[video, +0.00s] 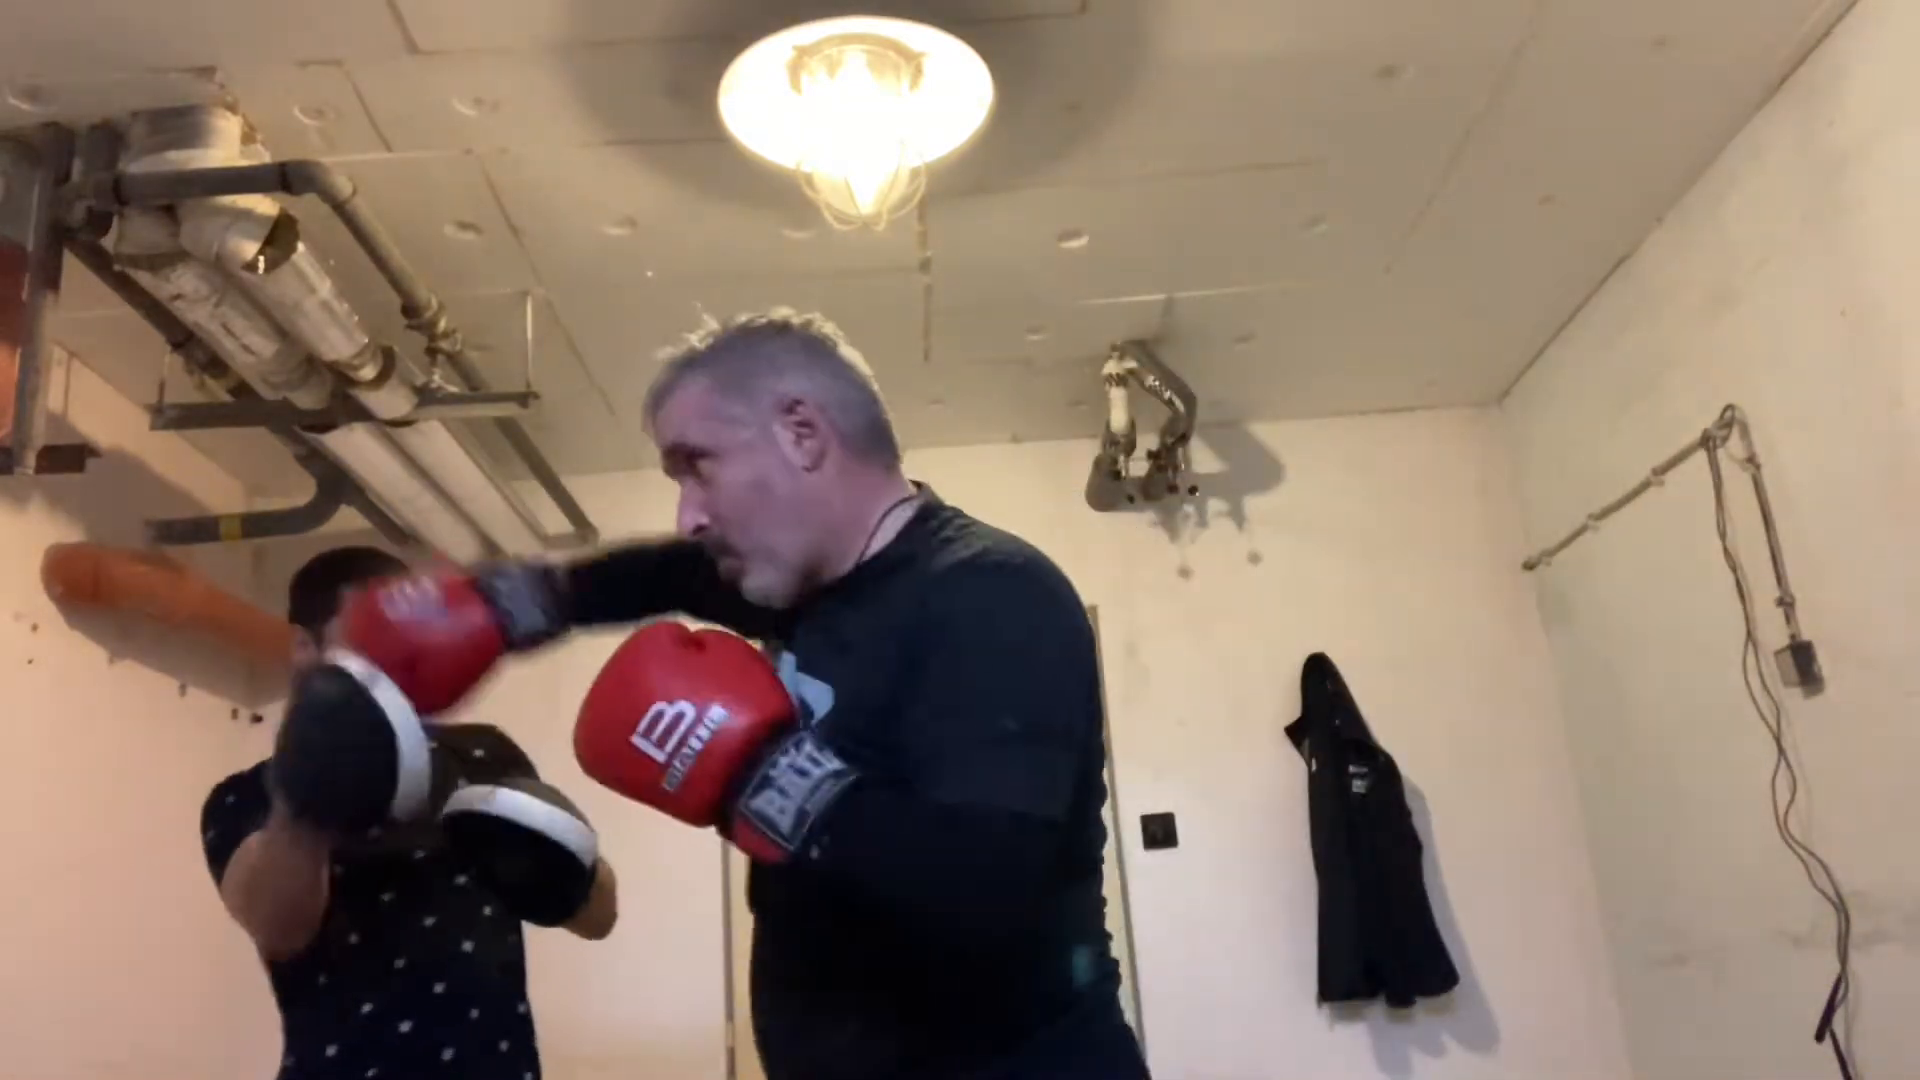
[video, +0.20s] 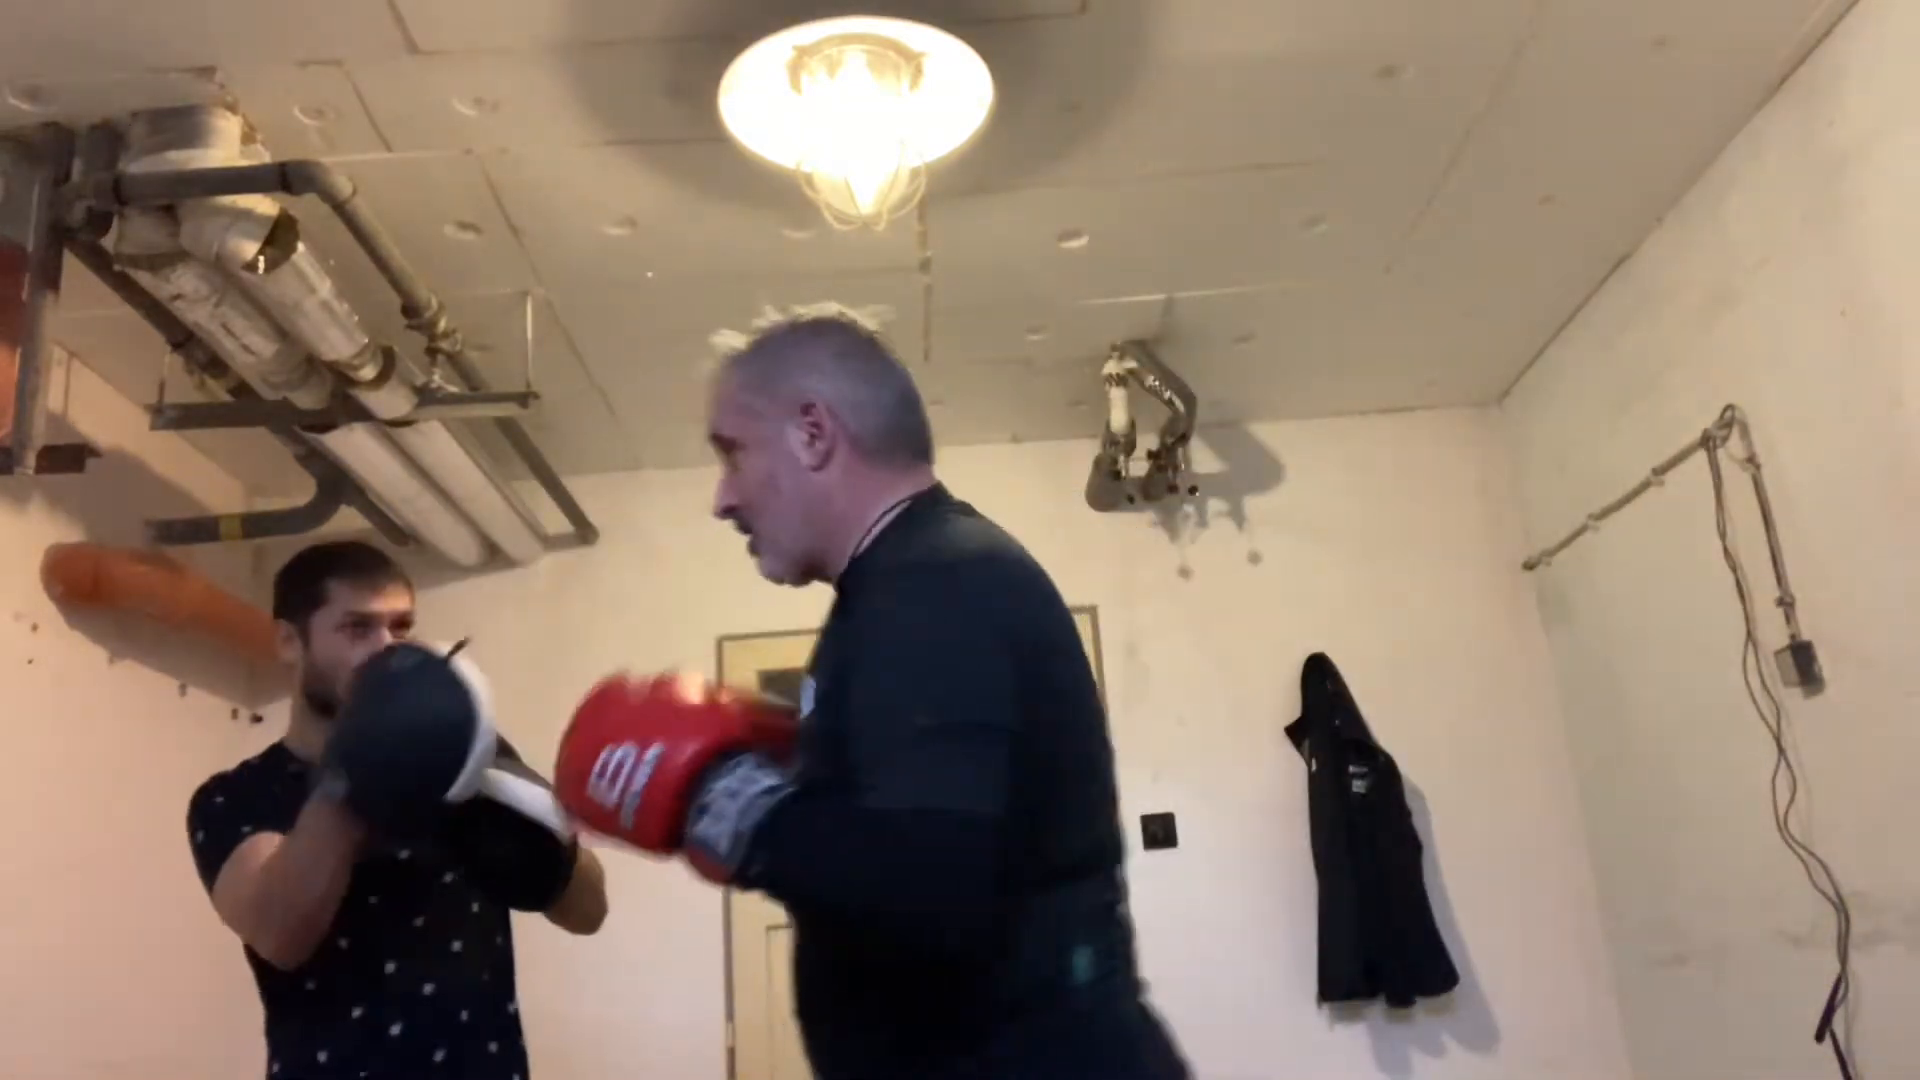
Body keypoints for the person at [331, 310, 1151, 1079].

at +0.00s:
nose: (688, 512)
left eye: (698, 467)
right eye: (678, 477)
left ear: (802, 437)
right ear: (798, 445)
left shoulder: (996, 603)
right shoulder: (815, 587)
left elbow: (994, 898)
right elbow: (677, 574)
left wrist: (770, 773)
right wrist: (507, 603)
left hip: (1008, 1061)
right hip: (834, 1054)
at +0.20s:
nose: (722, 499)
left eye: (732, 453)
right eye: (723, 459)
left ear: (815, 438)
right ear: (816, 438)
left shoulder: (928, 589)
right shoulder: (925, 573)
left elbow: (925, 881)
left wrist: (719, 799)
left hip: (991, 1056)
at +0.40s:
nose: (910, 518)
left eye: (913, 484)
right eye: (909, 486)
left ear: (957, 470)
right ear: (1060, 472)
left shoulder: (956, 605)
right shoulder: (1192, 602)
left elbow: (869, 824)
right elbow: (1205, 841)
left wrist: (710, 960)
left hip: (1053, 1046)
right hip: (1246, 1040)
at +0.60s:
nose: (1080, 550)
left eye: (1085, 518)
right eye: (1078, 520)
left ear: (1134, 502)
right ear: (1229, 505)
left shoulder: (1120, 609)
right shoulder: (1370, 618)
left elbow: (1081, 845)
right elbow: (1395, 847)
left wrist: (980, 1021)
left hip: (1226, 1042)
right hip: (1431, 1040)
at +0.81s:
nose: (1154, 516)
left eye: (1155, 490)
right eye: (1147, 496)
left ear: (1213, 471)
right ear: (1310, 473)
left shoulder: (1193, 552)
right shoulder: (1453, 586)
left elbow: (1150, 752)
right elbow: (1472, 812)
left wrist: (1058, 902)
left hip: (1305, 1027)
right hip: (1517, 1023)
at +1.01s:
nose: (1118, 546)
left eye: (1113, 508)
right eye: (1107, 516)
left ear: (1170, 473)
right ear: (1262, 458)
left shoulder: (1178, 577)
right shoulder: (1437, 560)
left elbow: (1112, 805)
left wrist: (999, 759)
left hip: (1331, 1030)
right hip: (1544, 1014)